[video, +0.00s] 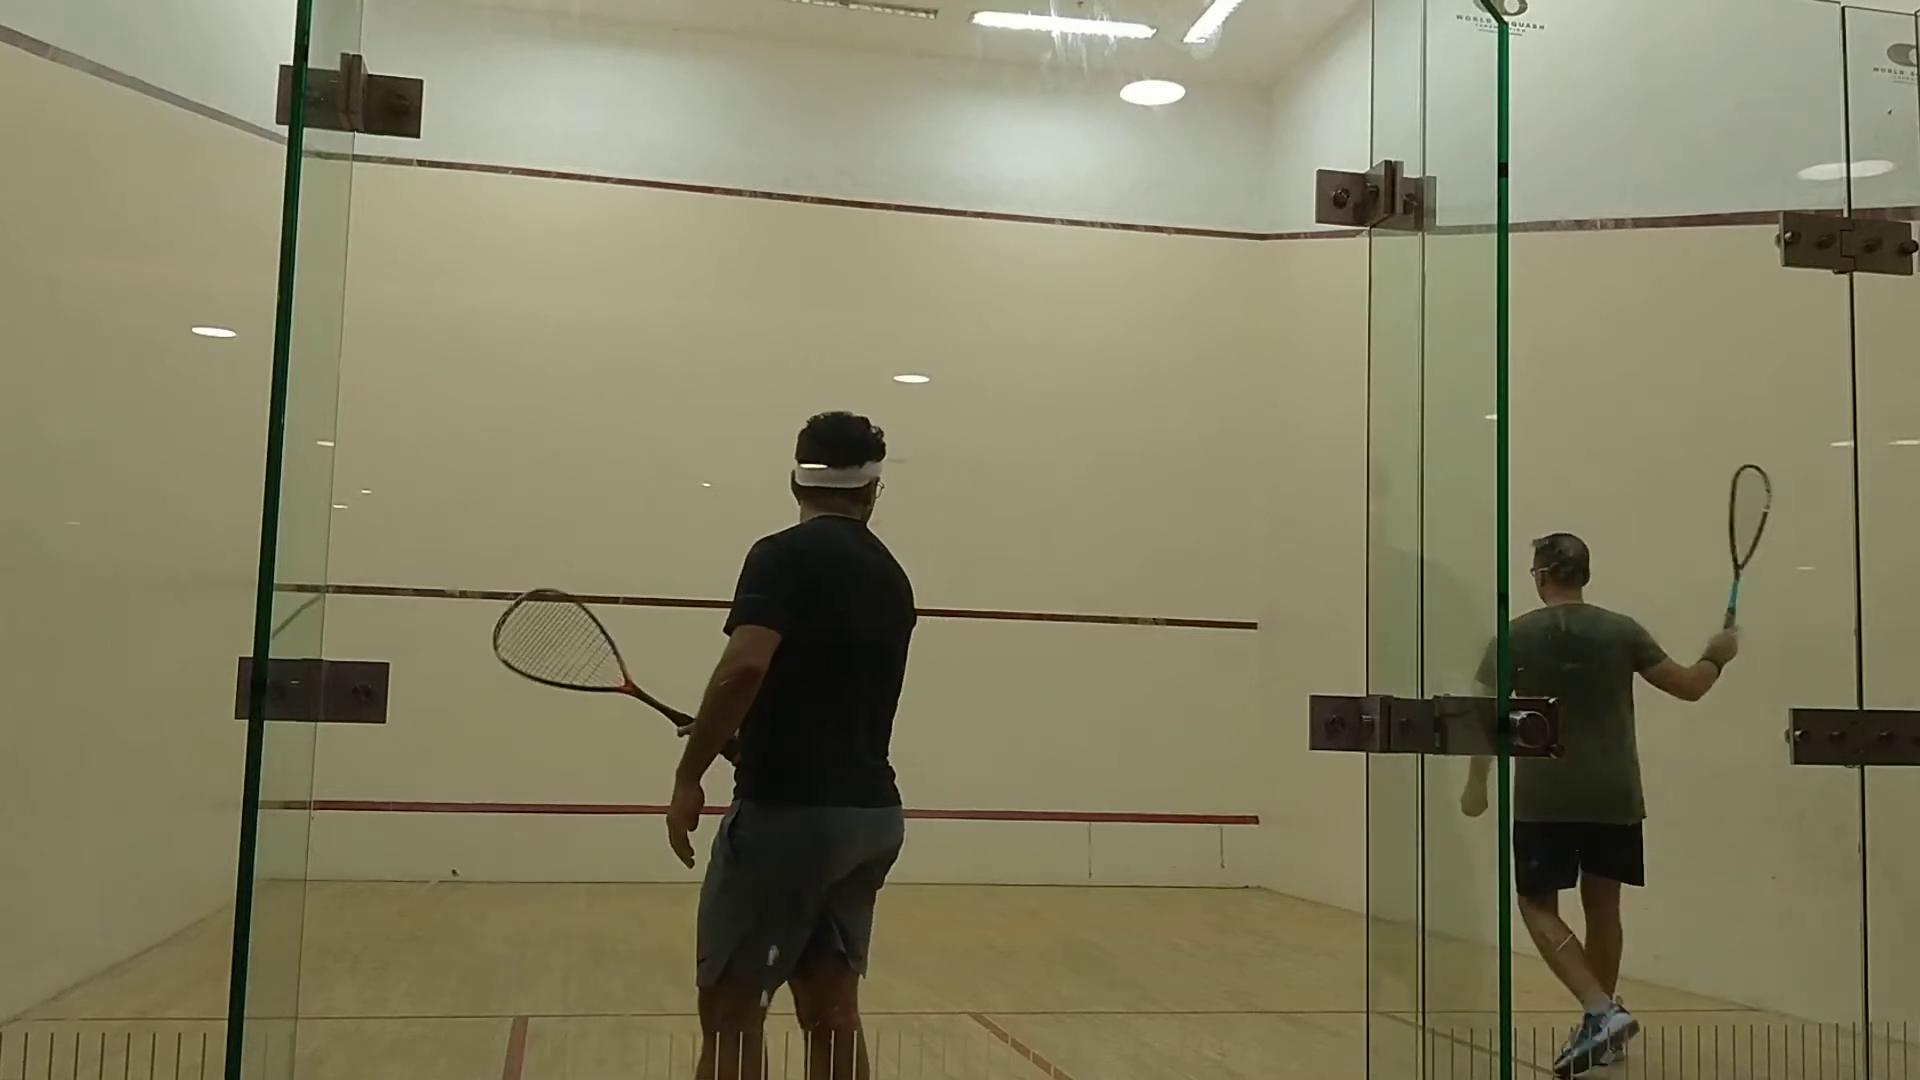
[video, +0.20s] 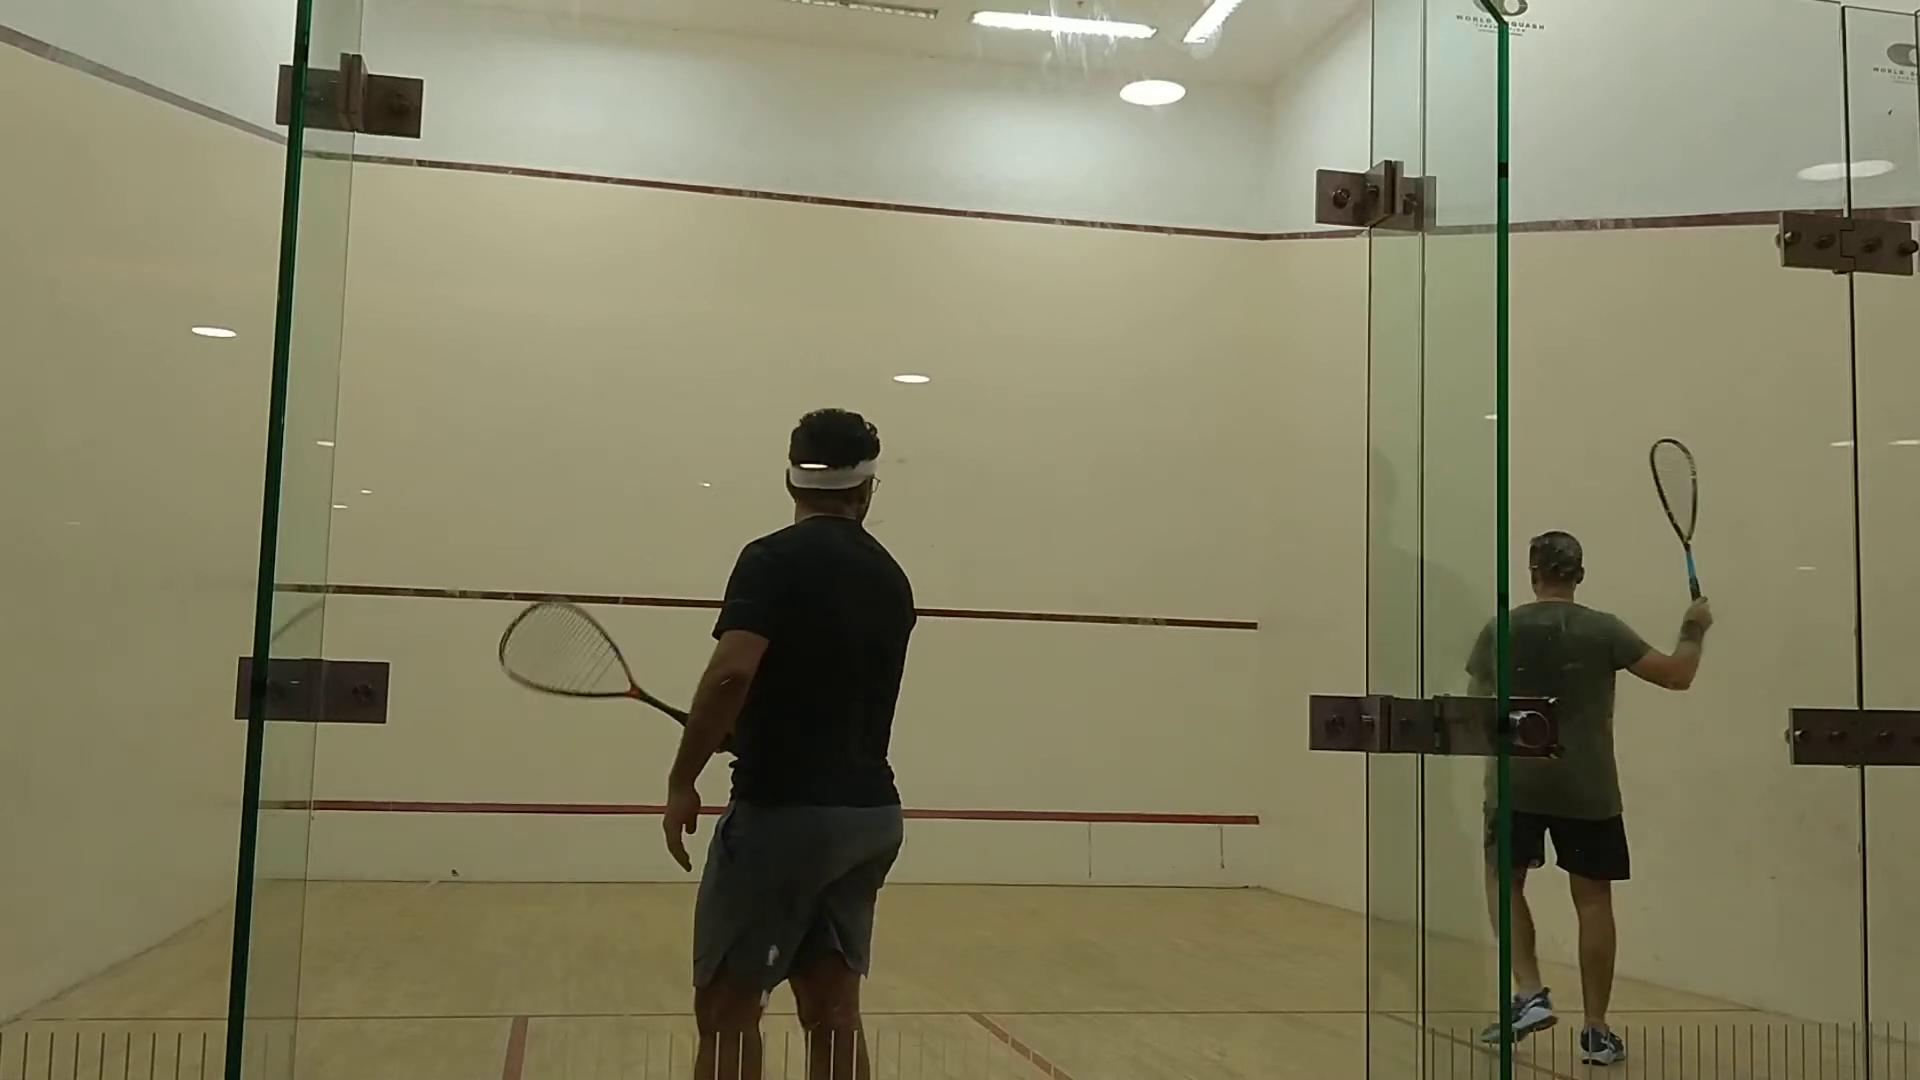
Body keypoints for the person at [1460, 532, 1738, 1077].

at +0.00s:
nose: (1533, 581)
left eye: (1534, 574)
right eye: (1538, 573)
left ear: (1541, 577)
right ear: (1585, 576)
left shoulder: (1512, 638)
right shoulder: (1620, 630)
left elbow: (1484, 716)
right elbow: (1690, 687)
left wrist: (1476, 783)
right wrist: (1717, 653)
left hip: (1540, 804)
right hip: (1613, 802)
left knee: (1538, 907)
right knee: (1603, 908)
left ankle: (1604, 1013)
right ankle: (1598, 1030)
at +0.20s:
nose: (1544, 580)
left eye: (1535, 572)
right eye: (1568, 572)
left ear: (1532, 575)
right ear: (1580, 576)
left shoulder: (1498, 630)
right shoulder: (1600, 628)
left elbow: (1479, 705)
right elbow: (1678, 675)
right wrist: (1695, 628)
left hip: (1514, 791)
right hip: (1587, 792)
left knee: (1504, 881)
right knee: (1593, 901)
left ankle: (1530, 995)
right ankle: (1596, 1032)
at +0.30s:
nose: (1560, 582)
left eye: (1537, 571)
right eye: (1570, 575)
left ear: (1525, 575)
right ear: (1572, 578)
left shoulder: (1491, 627)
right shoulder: (1586, 630)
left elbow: (1474, 700)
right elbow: (1666, 670)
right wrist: (1678, 621)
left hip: (1494, 788)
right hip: (1567, 792)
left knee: (1478, 884)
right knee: (1584, 901)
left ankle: (1477, 1001)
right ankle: (1594, 1030)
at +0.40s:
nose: (1559, 586)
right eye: (1560, 579)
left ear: (1513, 578)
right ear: (1559, 583)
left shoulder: (1477, 629)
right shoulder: (1566, 636)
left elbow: (1445, 698)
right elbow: (1645, 671)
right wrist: (1660, 616)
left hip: (1473, 792)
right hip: (1547, 795)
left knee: (1446, 887)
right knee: (1572, 906)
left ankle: (1425, 996)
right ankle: (1591, 1031)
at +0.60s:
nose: (1504, 611)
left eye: (1489, 599)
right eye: (1510, 603)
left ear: (1469, 600)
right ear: (1513, 608)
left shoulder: (1424, 647)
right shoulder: (1516, 667)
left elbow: (1376, 700)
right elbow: (1585, 697)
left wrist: (1412, 727)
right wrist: (1613, 654)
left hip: (1418, 793)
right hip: (1487, 799)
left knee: (1401, 880)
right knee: (1530, 908)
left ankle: (1398, 997)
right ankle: (1579, 1029)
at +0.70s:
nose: (1462, 611)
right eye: (1472, 604)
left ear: (1432, 602)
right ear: (1476, 609)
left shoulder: (1396, 653)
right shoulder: (1486, 665)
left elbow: (1367, 716)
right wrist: (1528, 703)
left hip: (1401, 796)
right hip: (1472, 802)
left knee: (1381, 891)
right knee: (1508, 907)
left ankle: (1396, 999)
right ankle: (1546, 1021)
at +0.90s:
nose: (1378, 593)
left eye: (1381, 586)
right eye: (1382, 586)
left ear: (1392, 589)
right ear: (1422, 591)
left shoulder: (1400, 638)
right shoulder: (1438, 640)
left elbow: (1387, 704)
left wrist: (1347, 745)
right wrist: (1329, 742)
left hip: (1408, 792)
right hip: (1448, 792)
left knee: (1393, 889)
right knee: (1434, 894)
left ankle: (1396, 995)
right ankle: (1461, 1006)